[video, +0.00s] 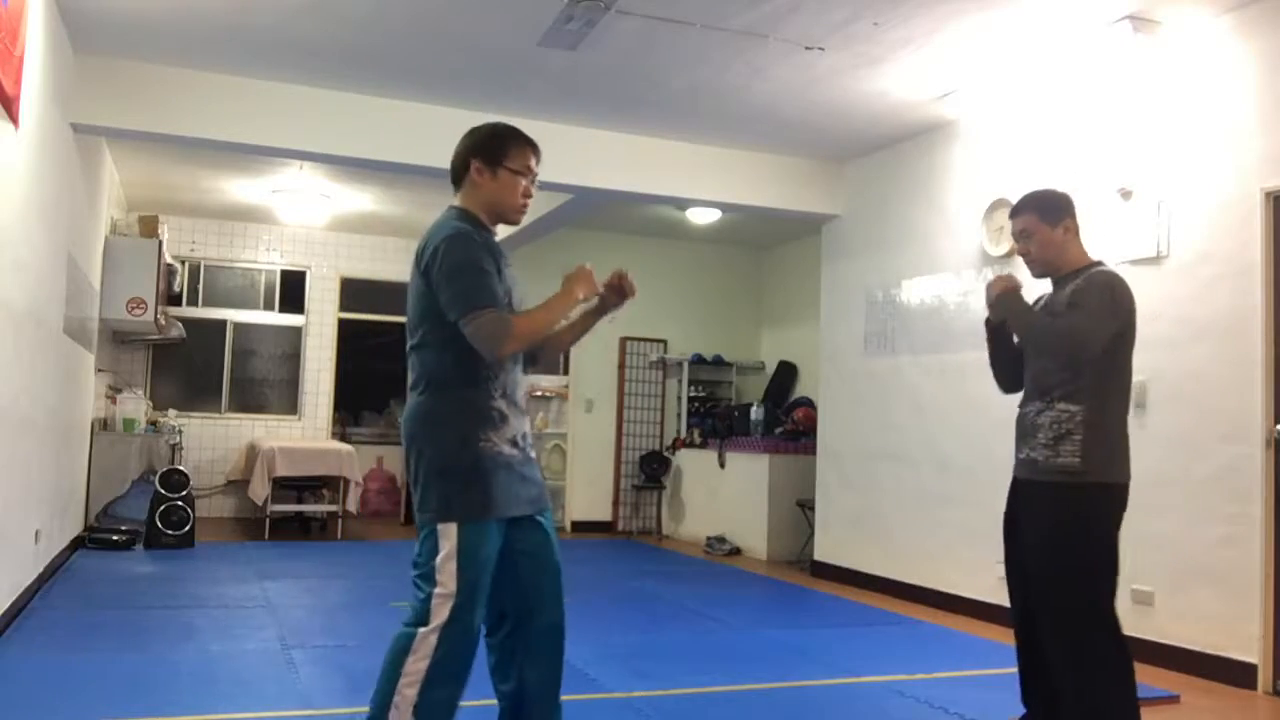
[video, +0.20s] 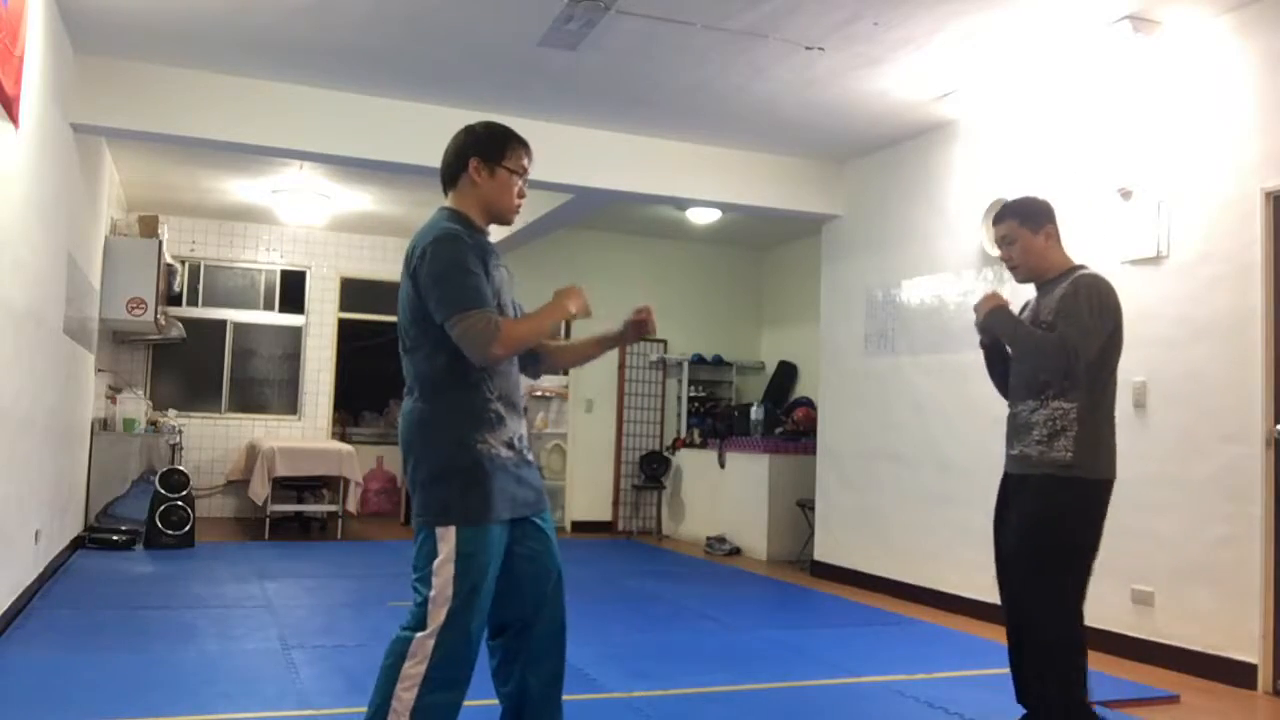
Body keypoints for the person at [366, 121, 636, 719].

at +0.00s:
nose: (530, 189)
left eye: (534, 179)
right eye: (520, 174)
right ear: (478, 171)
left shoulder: (489, 250)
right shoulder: (457, 239)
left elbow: (537, 351)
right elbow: (494, 337)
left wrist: (597, 310)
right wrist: (567, 295)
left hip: (508, 456)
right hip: (456, 454)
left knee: (532, 618)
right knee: (444, 619)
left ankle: (531, 713)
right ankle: (399, 715)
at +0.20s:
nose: (525, 191)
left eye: (527, 180)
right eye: (517, 176)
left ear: (485, 177)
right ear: (476, 172)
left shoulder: (485, 255)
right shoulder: (445, 243)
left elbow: (535, 357)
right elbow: (485, 341)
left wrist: (617, 337)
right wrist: (558, 307)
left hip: (511, 463)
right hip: (459, 465)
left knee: (534, 621)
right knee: (444, 627)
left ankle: (533, 714)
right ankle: (398, 715)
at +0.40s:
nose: (522, 191)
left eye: (525, 179)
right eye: (515, 175)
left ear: (480, 175)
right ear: (475, 169)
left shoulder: (482, 252)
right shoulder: (443, 240)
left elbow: (538, 349)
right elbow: (496, 331)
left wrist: (607, 309)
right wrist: (557, 286)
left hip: (507, 463)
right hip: (455, 464)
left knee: (530, 622)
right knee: (442, 629)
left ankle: (532, 713)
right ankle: (397, 715)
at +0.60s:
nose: (524, 190)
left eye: (527, 179)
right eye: (518, 174)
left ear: (483, 174)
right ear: (477, 169)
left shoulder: (476, 248)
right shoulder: (447, 241)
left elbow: (535, 340)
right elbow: (497, 342)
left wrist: (618, 318)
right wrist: (567, 317)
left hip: (507, 464)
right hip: (460, 465)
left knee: (530, 624)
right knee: (442, 628)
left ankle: (531, 714)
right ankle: (397, 715)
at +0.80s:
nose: (533, 192)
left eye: (536, 181)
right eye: (528, 177)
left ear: (489, 174)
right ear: (491, 168)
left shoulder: (476, 243)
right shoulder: (459, 237)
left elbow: (542, 342)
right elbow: (524, 336)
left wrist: (620, 305)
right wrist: (582, 286)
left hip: (508, 463)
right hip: (466, 463)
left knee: (533, 624)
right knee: (444, 629)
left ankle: (532, 715)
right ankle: (397, 716)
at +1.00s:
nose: (549, 200)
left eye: (552, 188)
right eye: (545, 184)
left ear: (506, 180)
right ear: (509, 175)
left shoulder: (494, 249)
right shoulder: (473, 242)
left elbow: (559, 346)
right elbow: (543, 337)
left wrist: (640, 310)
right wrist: (593, 289)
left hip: (518, 464)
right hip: (472, 465)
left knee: (566, 600)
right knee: (450, 627)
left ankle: (555, 715)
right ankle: (398, 718)